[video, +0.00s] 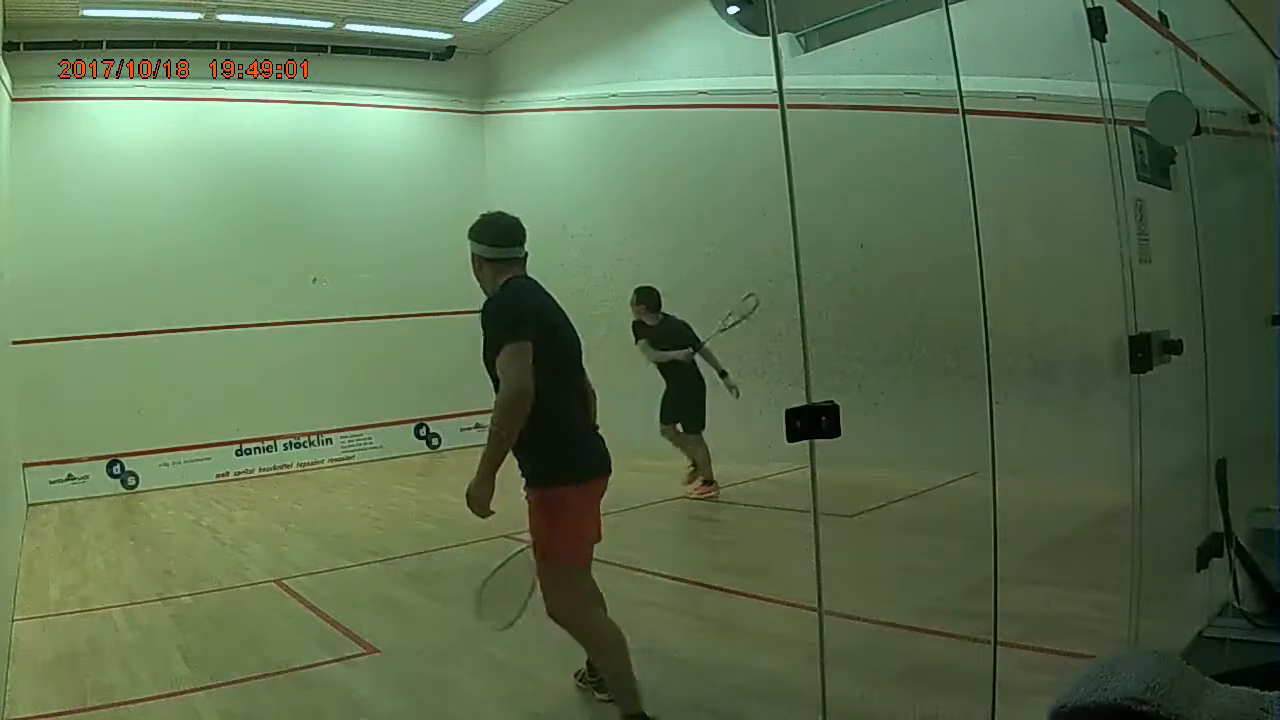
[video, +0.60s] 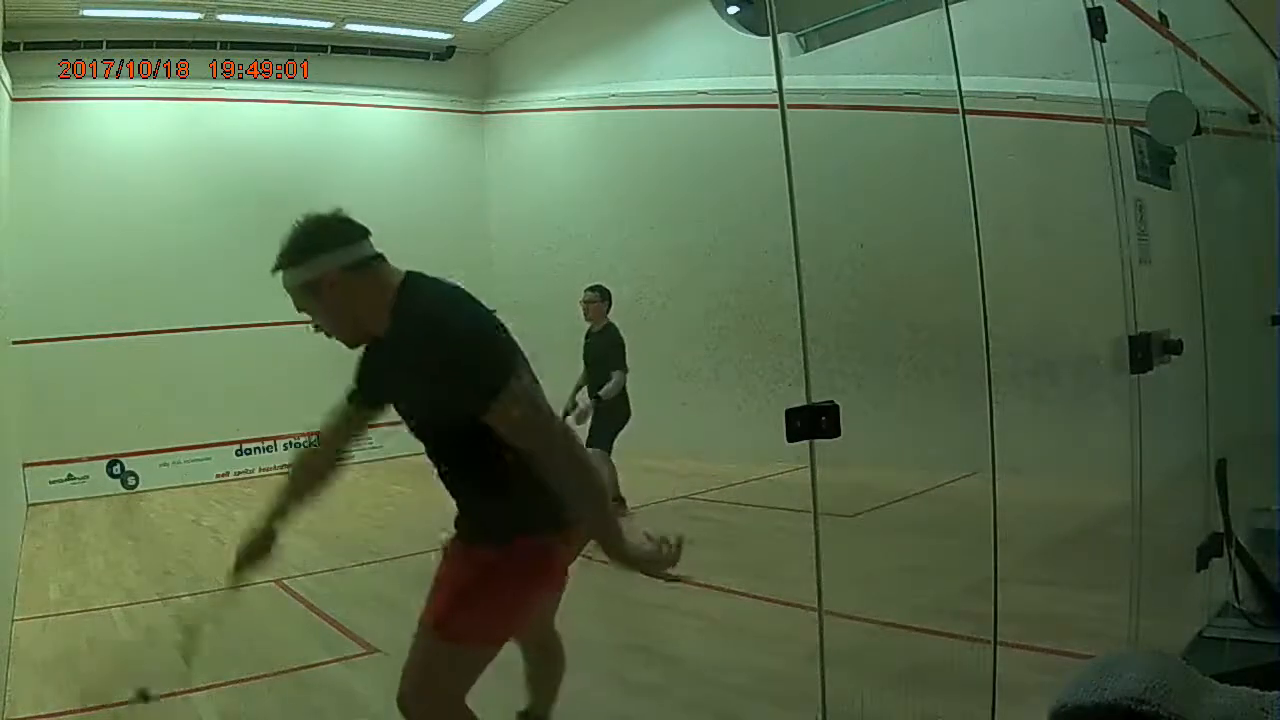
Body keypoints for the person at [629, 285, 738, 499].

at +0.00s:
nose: (632, 309)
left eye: (634, 305)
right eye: (632, 305)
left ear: (643, 308)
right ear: (648, 308)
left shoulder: (676, 327)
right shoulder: (638, 326)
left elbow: (702, 350)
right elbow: (650, 355)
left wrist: (724, 376)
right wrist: (676, 355)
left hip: (692, 384)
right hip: (673, 385)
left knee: (692, 434)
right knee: (667, 430)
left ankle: (709, 480)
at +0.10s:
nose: (623, 313)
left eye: (626, 308)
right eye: (623, 308)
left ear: (640, 311)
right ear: (637, 312)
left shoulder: (666, 331)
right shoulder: (627, 334)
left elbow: (690, 358)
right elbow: (634, 368)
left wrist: (708, 387)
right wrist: (664, 370)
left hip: (678, 389)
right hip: (655, 390)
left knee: (689, 436)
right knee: (643, 436)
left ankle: (710, 480)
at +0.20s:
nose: (613, 315)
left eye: (617, 311)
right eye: (613, 310)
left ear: (632, 313)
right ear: (624, 314)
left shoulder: (653, 337)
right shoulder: (616, 338)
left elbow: (674, 368)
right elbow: (616, 372)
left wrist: (687, 396)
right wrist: (637, 385)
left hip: (663, 394)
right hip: (638, 395)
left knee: (675, 441)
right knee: (625, 441)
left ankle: (705, 477)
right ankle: (621, 498)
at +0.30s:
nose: (602, 310)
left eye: (607, 306)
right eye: (602, 306)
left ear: (622, 308)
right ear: (610, 310)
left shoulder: (642, 337)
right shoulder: (606, 337)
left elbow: (658, 370)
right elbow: (604, 371)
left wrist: (663, 403)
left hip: (645, 404)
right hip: (618, 403)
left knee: (645, 456)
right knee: (617, 455)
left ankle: (680, 471)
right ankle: (623, 502)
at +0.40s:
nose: (596, 305)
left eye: (601, 301)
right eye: (596, 301)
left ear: (617, 303)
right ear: (600, 304)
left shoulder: (634, 332)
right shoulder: (600, 333)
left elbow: (648, 367)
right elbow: (596, 368)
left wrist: (645, 397)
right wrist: (595, 397)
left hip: (632, 400)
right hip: (608, 400)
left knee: (636, 447)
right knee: (608, 446)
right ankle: (615, 494)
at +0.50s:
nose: (591, 304)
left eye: (597, 299)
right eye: (590, 299)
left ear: (610, 301)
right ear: (590, 302)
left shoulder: (621, 331)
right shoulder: (594, 332)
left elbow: (633, 368)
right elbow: (589, 364)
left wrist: (622, 398)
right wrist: (578, 390)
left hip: (622, 397)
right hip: (603, 395)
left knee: (612, 452)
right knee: (602, 451)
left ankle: (622, 500)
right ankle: (618, 498)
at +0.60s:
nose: (584, 307)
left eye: (590, 303)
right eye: (583, 303)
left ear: (605, 305)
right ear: (583, 306)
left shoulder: (612, 336)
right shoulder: (591, 334)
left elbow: (619, 377)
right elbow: (588, 370)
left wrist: (595, 400)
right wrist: (572, 397)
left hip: (614, 406)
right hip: (601, 406)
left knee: (595, 453)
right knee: (600, 454)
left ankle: (607, 503)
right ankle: (615, 498)